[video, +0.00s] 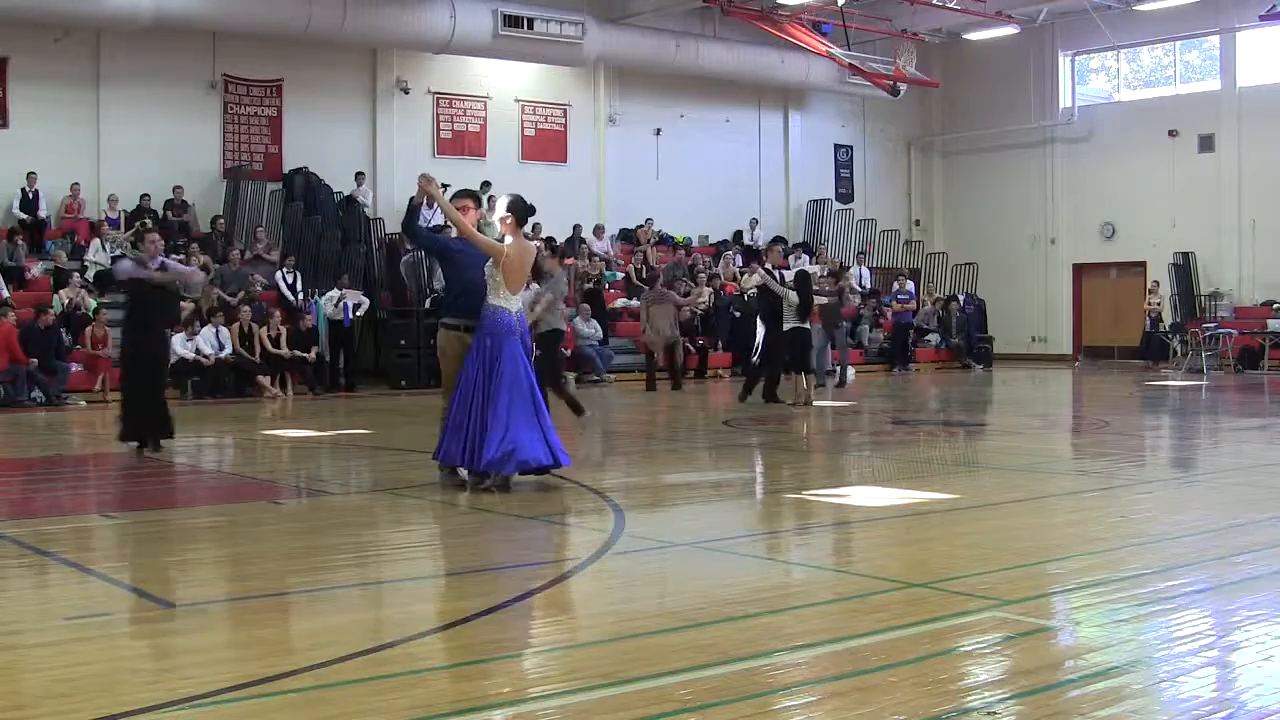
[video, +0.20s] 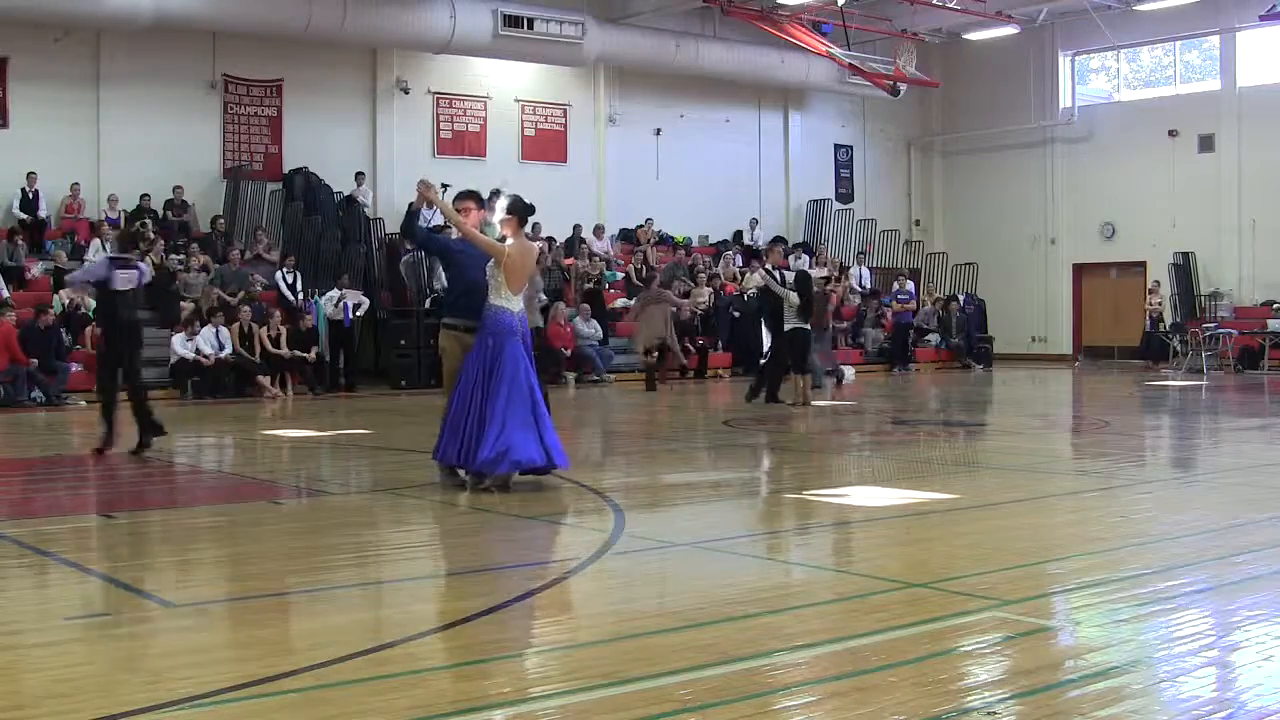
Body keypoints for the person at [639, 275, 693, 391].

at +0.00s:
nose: (662, 278)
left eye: (660, 277)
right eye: (660, 277)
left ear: (649, 282)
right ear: (659, 280)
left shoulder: (645, 296)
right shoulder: (669, 294)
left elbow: (643, 316)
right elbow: (682, 302)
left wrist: (642, 329)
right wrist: (697, 296)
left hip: (652, 331)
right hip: (669, 330)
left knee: (649, 355)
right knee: (673, 357)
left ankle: (650, 383)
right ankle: (676, 383)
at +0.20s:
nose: (659, 281)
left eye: (658, 279)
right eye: (658, 279)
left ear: (646, 281)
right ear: (655, 281)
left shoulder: (641, 297)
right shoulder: (665, 294)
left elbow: (632, 316)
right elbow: (679, 302)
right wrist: (691, 301)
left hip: (647, 331)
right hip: (663, 331)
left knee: (647, 357)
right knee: (662, 354)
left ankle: (649, 383)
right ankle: (661, 379)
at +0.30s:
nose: (658, 280)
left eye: (656, 278)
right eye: (656, 278)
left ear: (645, 281)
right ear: (654, 280)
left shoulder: (641, 297)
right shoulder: (664, 295)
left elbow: (631, 316)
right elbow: (678, 303)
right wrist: (691, 302)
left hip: (645, 332)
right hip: (661, 332)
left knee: (647, 360)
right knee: (659, 359)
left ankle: (650, 385)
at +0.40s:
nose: (657, 284)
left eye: (656, 282)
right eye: (656, 282)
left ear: (646, 283)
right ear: (655, 282)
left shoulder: (641, 298)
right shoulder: (663, 297)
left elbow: (633, 314)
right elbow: (673, 307)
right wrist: (685, 307)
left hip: (645, 330)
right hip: (660, 330)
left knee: (648, 359)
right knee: (656, 359)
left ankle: (650, 386)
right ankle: (646, 383)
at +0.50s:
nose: (657, 286)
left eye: (656, 283)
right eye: (656, 284)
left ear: (645, 285)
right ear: (653, 285)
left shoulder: (642, 300)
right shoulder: (662, 298)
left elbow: (641, 315)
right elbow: (670, 313)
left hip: (649, 327)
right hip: (662, 327)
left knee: (652, 356)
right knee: (656, 356)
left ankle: (649, 382)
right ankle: (645, 383)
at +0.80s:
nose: (666, 284)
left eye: (665, 282)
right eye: (664, 282)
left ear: (654, 286)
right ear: (661, 284)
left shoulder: (653, 302)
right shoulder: (669, 296)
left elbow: (652, 317)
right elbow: (679, 294)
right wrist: (680, 286)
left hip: (660, 333)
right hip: (673, 333)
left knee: (655, 360)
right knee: (682, 356)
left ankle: (649, 384)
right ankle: (679, 383)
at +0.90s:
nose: (670, 286)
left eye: (668, 284)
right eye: (668, 284)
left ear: (657, 288)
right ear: (666, 286)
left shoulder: (656, 301)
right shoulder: (676, 296)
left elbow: (656, 316)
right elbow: (688, 289)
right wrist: (682, 285)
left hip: (665, 332)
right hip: (679, 331)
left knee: (659, 359)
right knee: (685, 357)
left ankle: (650, 384)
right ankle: (680, 385)